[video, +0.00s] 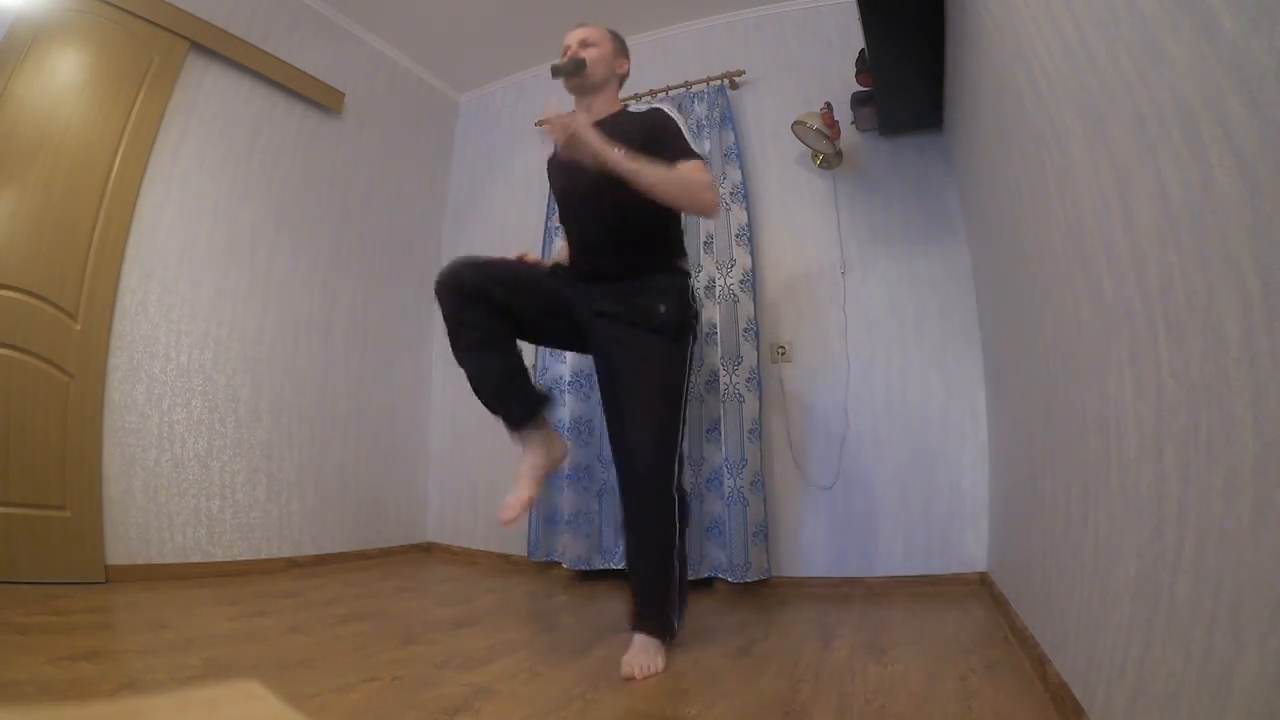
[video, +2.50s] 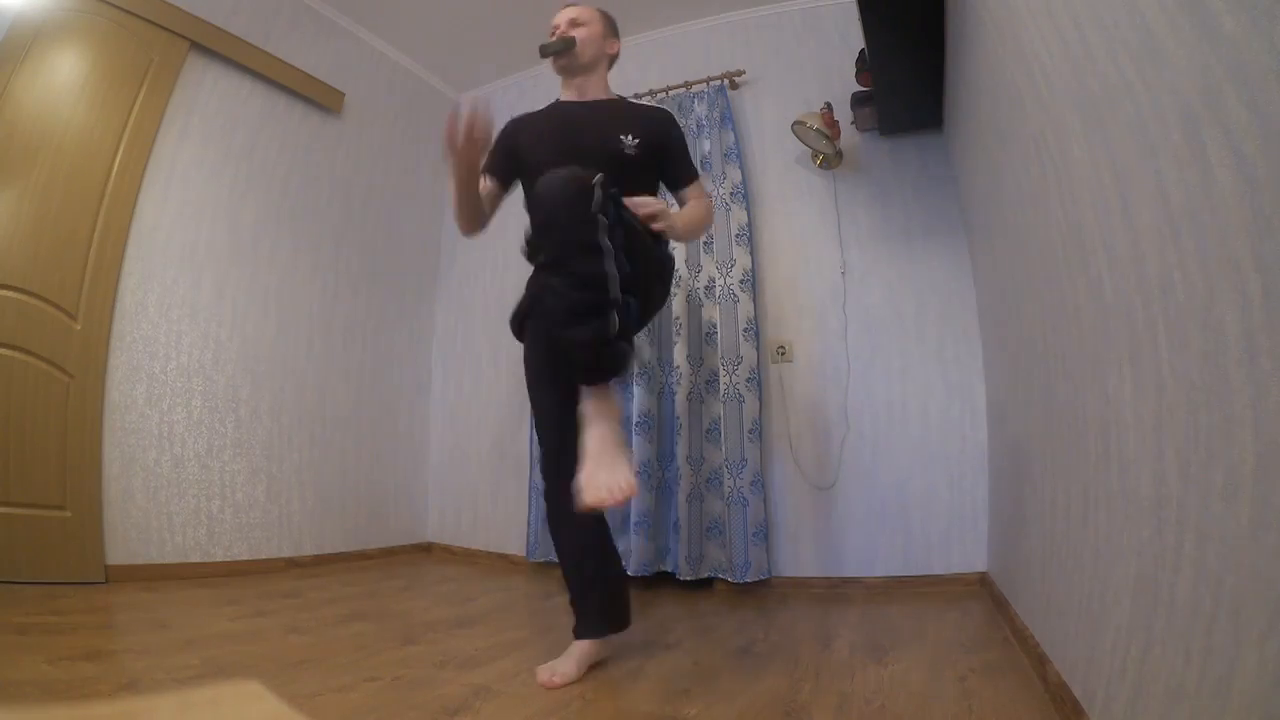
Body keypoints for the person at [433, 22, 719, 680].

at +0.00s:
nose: (572, 49)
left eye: (588, 41)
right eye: (565, 45)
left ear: (622, 65)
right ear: (559, 74)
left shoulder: (650, 124)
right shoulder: (565, 154)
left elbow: (706, 198)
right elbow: (587, 246)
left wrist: (603, 151)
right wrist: (543, 265)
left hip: (647, 309)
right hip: (581, 300)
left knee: (647, 471)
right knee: (462, 283)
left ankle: (650, 625)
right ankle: (536, 439)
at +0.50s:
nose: (567, 53)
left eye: (583, 45)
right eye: (561, 49)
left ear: (618, 65)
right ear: (558, 75)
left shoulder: (651, 123)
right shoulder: (561, 152)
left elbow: (717, 199)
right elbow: (571, 251)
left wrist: (626, 181)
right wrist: (531, 244)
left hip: (644, 298)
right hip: (577, 296)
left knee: (648, 458)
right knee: (463, 313)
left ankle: (656, 612)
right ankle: (516, 478)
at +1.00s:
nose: (555, 37)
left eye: (571, 28)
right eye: (550, 34)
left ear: (607, 49)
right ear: (546, 61)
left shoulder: (646, 106)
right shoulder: (546, 138)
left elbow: (714, 180)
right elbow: (552, 231)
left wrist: (648, 188)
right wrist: (515, 220)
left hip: (633, 273)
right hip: (567, 276)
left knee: (601, 419)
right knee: (472, 374)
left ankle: (618, 599)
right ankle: (535, 535)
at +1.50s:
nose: (564, 35)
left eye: (579, 26)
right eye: (558, 32)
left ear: (612, 49)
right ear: (551, 58)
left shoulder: (648, 110)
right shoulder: (538, 133)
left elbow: (706, 181)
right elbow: (509, 222)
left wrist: (656, 202)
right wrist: (500, 169)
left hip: (637, 263)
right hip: (565, 279)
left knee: (594, 338)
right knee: (525, 429)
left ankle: (619, 529)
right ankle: (565, 590)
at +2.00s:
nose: (566, 34)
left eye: (583, 28)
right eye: (560, 31)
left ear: (616, 53)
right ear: (554, 61)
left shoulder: (654, 127)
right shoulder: (530, 135)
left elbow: (700, 205)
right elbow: (478, 217)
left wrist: (663, 222)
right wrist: (468, 163)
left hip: (638, 286)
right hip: (565, 298)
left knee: (589, 244)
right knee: (567, 461)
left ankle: (609, 457)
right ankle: (598, 605)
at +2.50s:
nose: (561, 26)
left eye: (579, 20)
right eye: (555, 23)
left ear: (612, 48)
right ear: (548, 54)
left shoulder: (652, 122)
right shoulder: (523, 131)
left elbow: (701, 210)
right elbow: (472, 220)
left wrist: (671, 217)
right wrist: (464, 166)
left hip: (634, 281)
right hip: (554, 293)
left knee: (565, 189)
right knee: (563, 461)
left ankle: (600, 408)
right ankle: (596, 622)